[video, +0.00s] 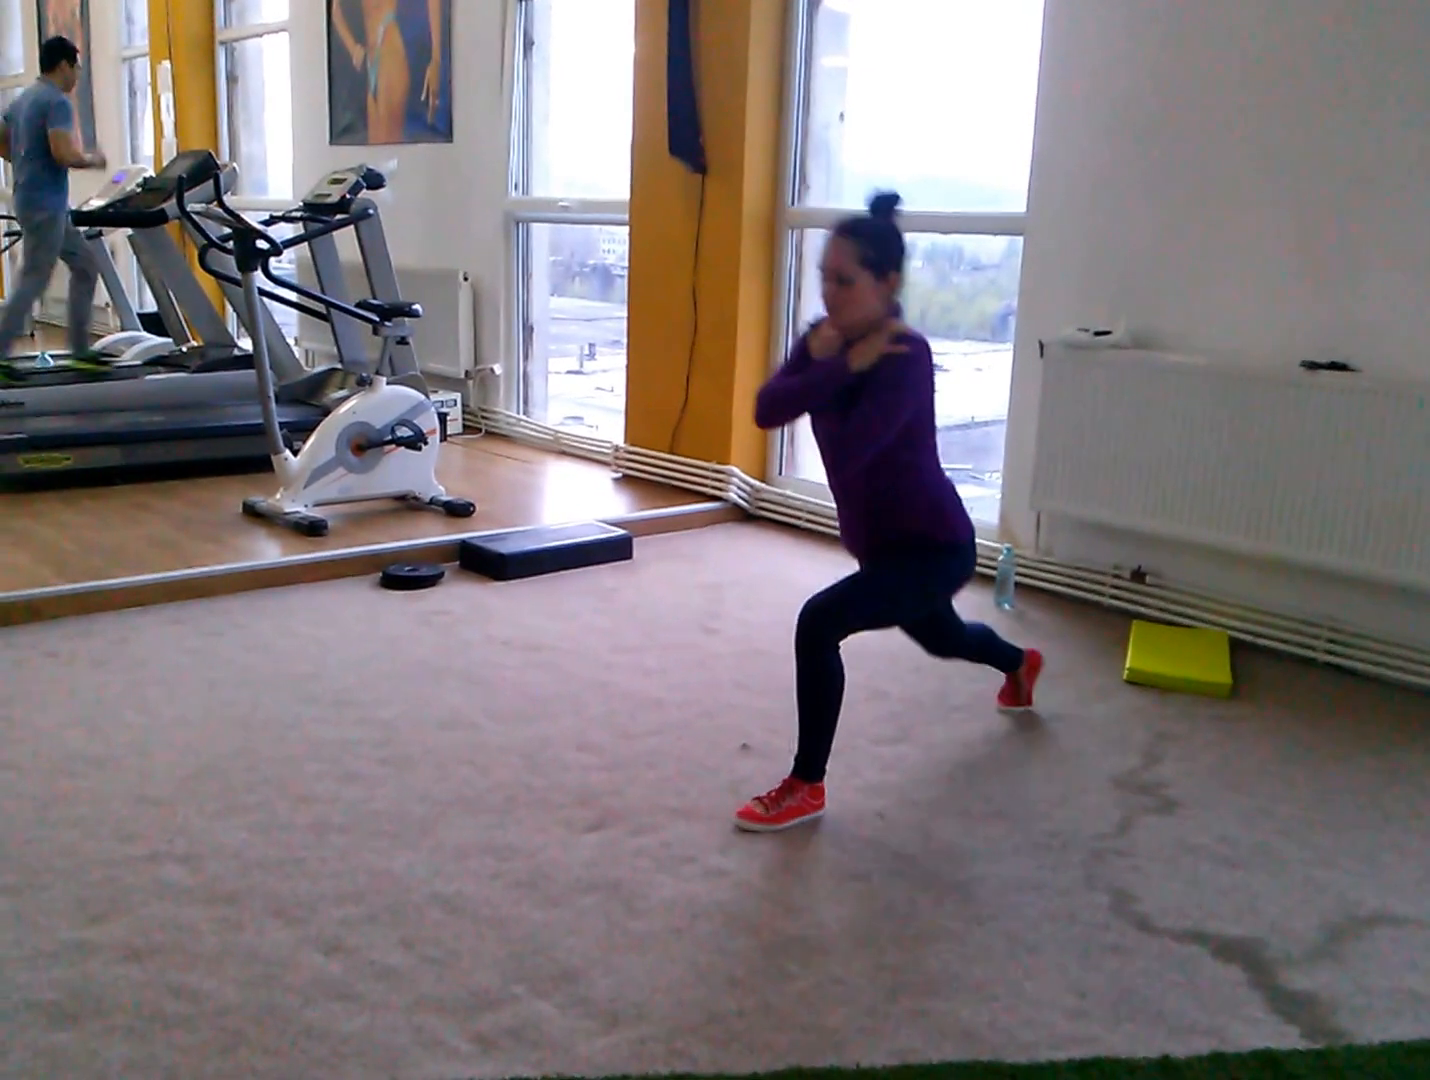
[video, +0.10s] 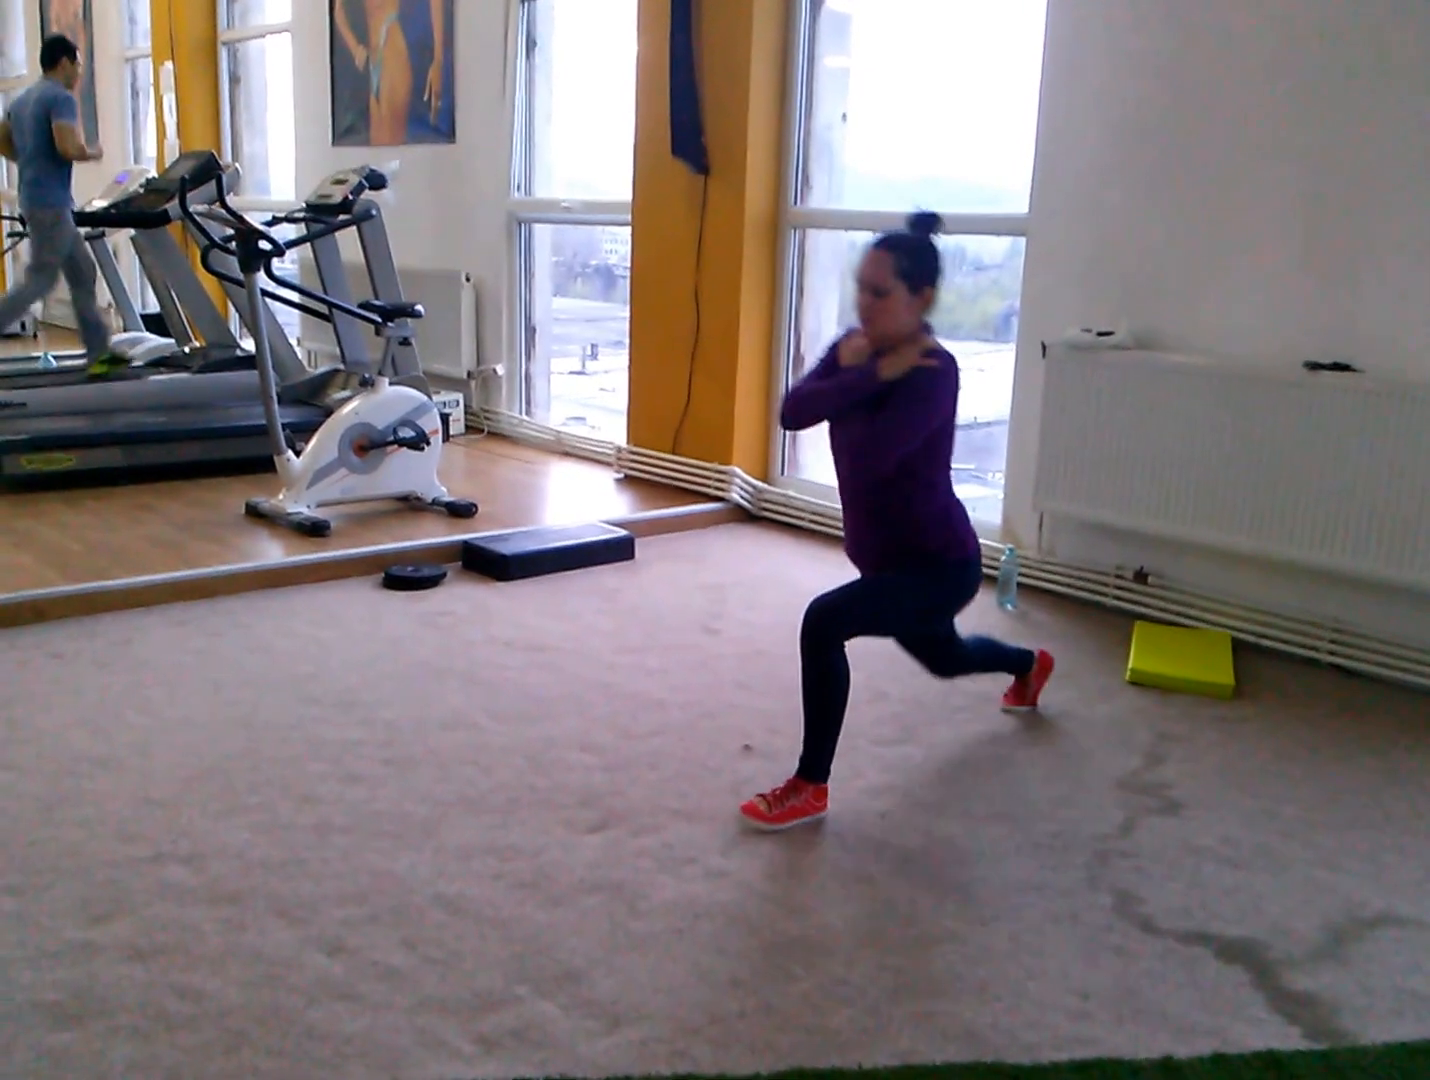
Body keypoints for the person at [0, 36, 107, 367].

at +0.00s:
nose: (77, 75)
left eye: (76, 68)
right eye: (75, 68)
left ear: (47, 66)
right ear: (63, 66)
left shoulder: (22, 99)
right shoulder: (56, 102)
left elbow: (3, 144)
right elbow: (64, 155)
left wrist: (28, 160)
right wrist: (93, 159)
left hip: (31, 204)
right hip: (46, 207)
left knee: (86, 264)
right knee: (34, 280)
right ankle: (2, 351)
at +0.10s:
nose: (78, 71)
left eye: (78, 64)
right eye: (76, 64)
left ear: (47, 64)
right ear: (64, 62)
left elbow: (5, 143)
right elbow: (68, 149)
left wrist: (33, 158)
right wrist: (91, 153)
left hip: (34, 204)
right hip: (51, 205)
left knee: (83, 274)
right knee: (43, 277)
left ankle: (99, 354)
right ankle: (2, 320)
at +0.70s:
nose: (98, 87)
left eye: (98, 80)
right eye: (96, 80)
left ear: (71, 80)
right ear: (84, 79)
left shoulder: (49, 111)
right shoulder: (70, 114)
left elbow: (28, 159)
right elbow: (76, 169)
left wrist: (69, 176)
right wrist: (108, 183)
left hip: (52, 218)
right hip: (66, 219)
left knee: (105, 277)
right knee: (73, 292)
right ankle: (38, 371)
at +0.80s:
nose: (99, 80)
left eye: (99, 73)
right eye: (98, 73)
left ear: (69, 71)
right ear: (85, 70)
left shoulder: (46, 104)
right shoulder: (77, 105)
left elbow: (21, 150)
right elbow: (85, 158)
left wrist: (57, 168)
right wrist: (109, 165)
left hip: (58, 215)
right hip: (68, 216)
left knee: (104, 280)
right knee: (49, 290)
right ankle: (6, 359)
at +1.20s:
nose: (108, 84)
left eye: (108, 77)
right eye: (106, 77)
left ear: (84, 76)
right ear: (91, 75)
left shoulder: (80, 111)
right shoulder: (72, 109)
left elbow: (83, 164)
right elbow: (60, 158)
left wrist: (114, 161)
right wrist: (99, 184)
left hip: (66, 211)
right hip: (77, 212)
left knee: (56, 289)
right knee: (118, 285)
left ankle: (11, 360)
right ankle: (131, 372)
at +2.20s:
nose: (135, 107)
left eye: (133, 100)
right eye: (132, 100)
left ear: (104, 102)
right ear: (120, 102)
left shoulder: (83, 134)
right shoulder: (108, 139)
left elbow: (59, 181)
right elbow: (114, 192)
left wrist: (96, 199)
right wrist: (144, 208)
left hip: (88, 239)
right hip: (100, 241)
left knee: (139, 299)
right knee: (103, 312)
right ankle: (64, 389)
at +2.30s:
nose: (135, 101)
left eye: (135, 94)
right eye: (133, 94)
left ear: (105, 94)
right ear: (122, 93)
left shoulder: (80, 129)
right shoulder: (116, 129)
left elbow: (54, 170)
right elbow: (120, 180)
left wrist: (87, 188)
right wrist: (144, 191)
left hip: (94, 233)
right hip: (103, 234)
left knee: (137, 301)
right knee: (85, 308)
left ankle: (154, 380)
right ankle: (37, 380)